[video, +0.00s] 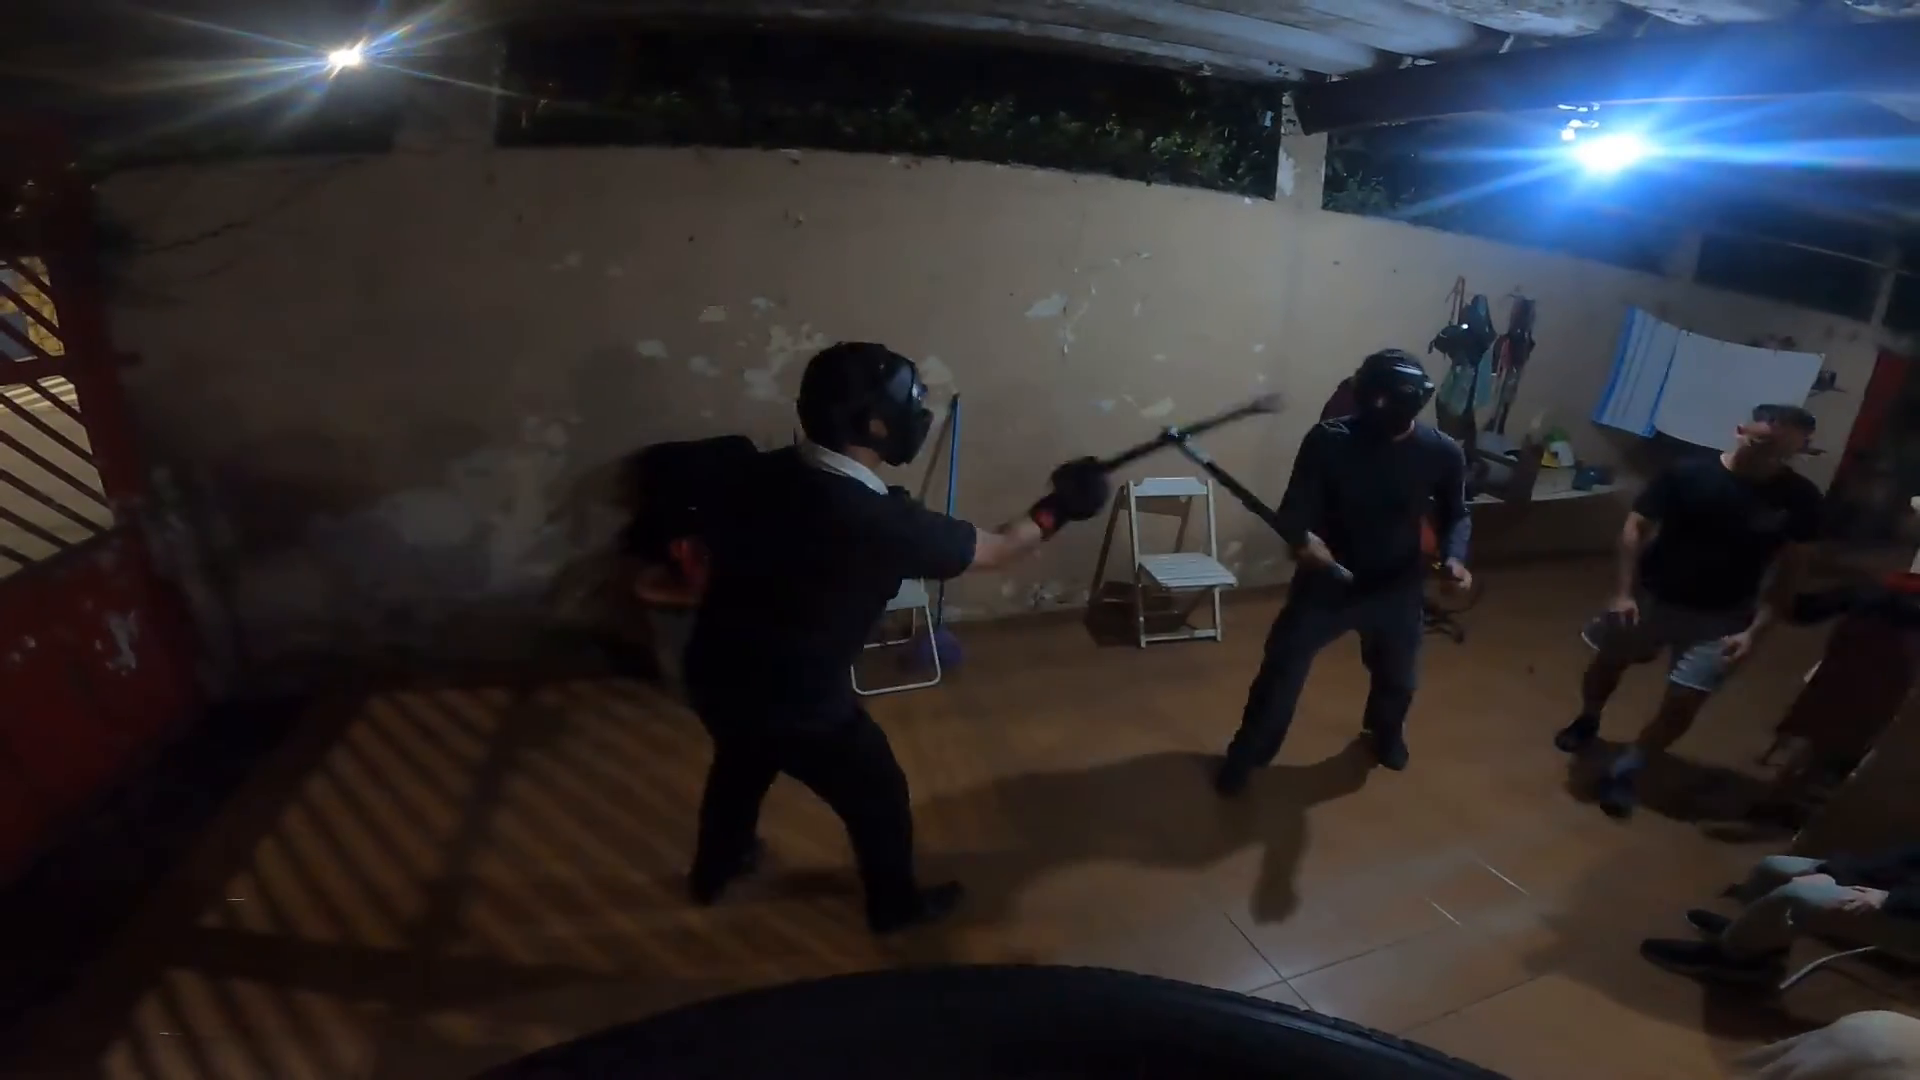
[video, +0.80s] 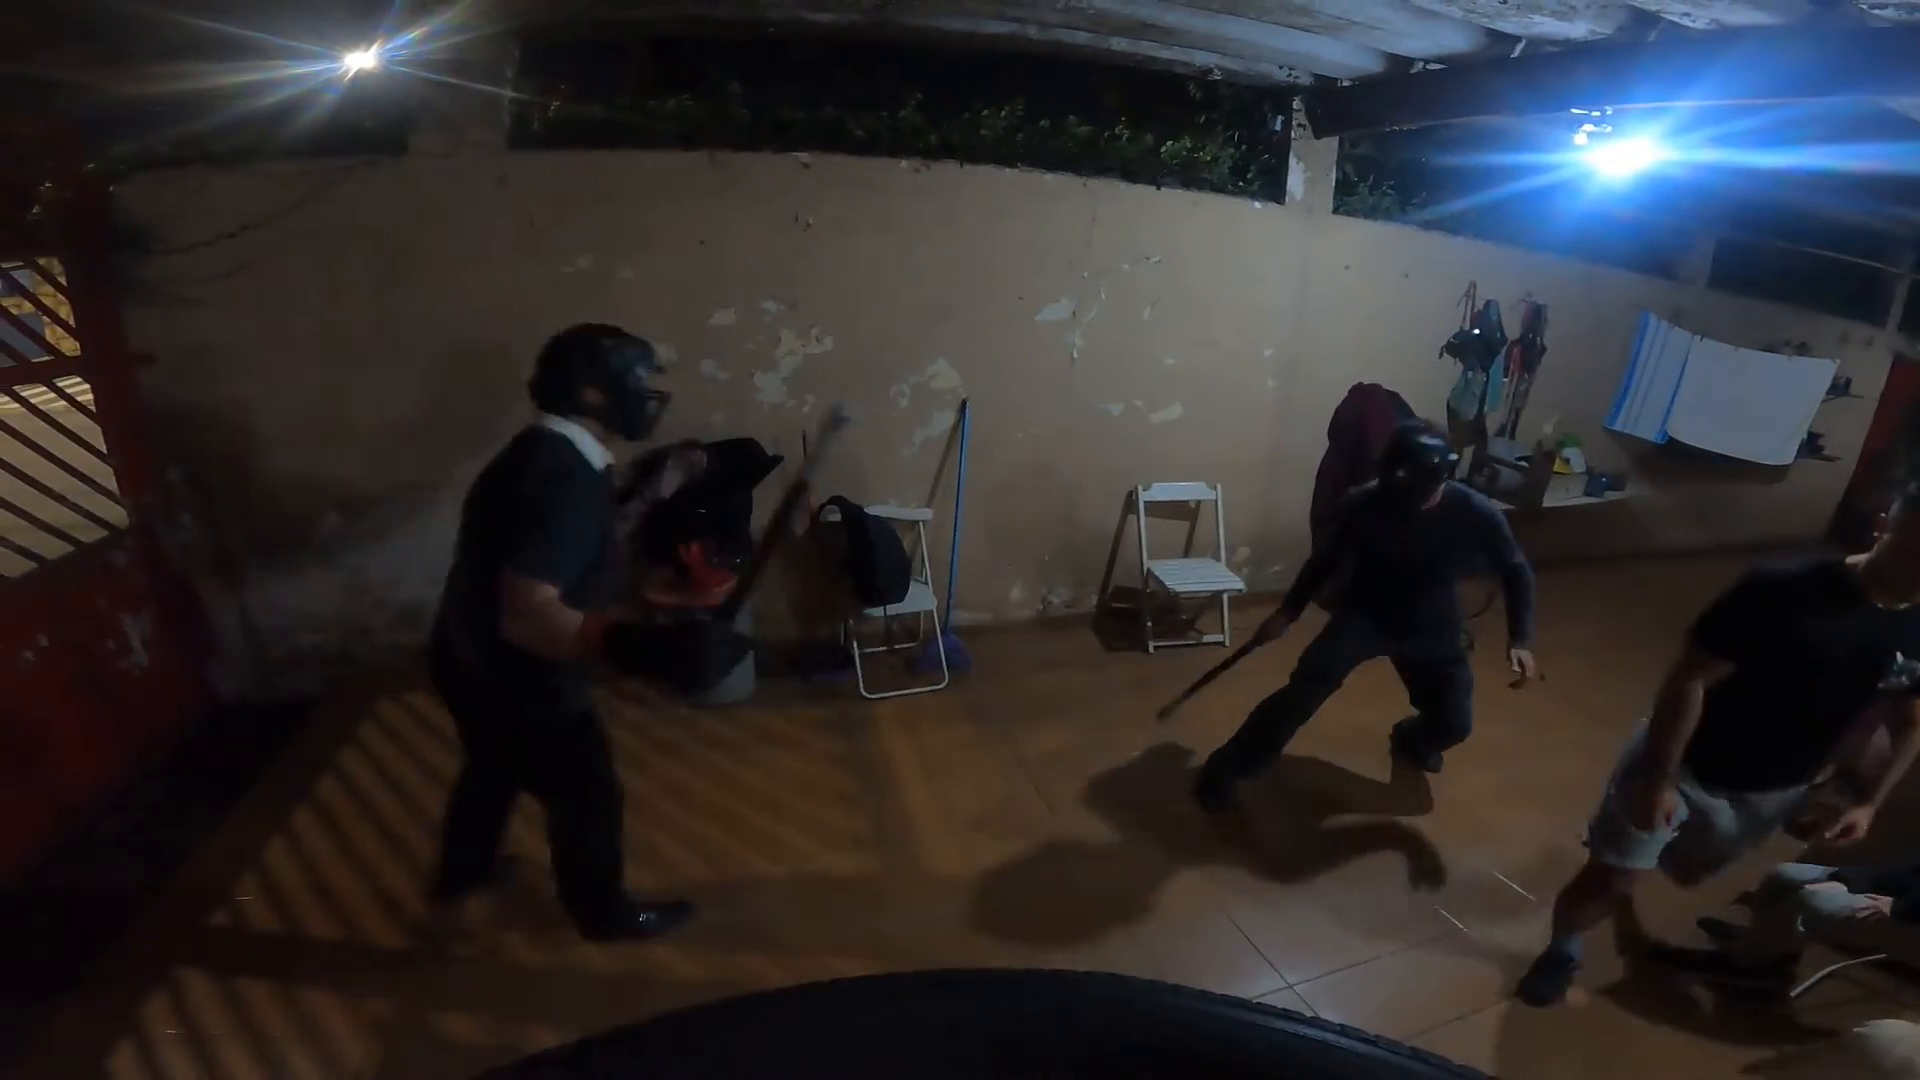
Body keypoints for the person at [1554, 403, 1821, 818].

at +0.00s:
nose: (1769, 458)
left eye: (1780, 451)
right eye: (1765, 446)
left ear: (1790, 455)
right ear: (1744, 435)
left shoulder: (1796, 501)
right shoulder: (1690, 473)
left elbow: (1787, 578)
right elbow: (1635, 524)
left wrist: (1753, 632)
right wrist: (1624, 593)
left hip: (1721, 619)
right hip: (1656, 599)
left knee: (1682, 707)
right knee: (1608, 658)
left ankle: (1626, 773)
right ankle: (1587, 720)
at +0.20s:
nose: (1829, 506)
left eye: (1844, 501)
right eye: (1827, 489)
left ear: (1850, 506)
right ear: (1799, 470)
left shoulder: (1829, 554)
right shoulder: (1718, 511)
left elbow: (1809, 630)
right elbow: (1651, 569)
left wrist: (1775, 693)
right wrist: (1616, 635)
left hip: (1730, 664)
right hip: (1658, 638)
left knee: (1689, 765)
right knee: (1604, 692)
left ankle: (1632, 835)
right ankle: (1590, 725)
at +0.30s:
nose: (1848, 515)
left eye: (1861, 509)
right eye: (1844, 498)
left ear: (1868, 516)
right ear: (1817, 477)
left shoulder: (1847, 561)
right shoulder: (1732, 516)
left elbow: (1821, 639)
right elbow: (1659, 570)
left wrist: (1793, 706)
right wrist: (1615, 636)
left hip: (1743, 675)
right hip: (1668, 649)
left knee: (1695, 775)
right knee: (1604, 713)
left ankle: (1634, 832)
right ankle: (1585, 741)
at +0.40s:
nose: (1884, 521)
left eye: (1899, 513)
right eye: (1880, 504)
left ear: (1910, 515)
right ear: (1850, 479)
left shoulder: (1881, 565)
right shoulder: (1757, 522)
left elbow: (1855, 647)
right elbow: (1668, 576)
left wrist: (1813, 722)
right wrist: (1626, 651)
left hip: (1757, 692)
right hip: (1677, 667)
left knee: (1700, 784)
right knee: (1620, 755)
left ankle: (1637, 832)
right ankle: (1588, 809)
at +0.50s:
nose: (1892, 527)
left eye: (1906, 519)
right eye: (1886, 509)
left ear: (1915, 522)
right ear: (1855, 487)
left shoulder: (1892, 574)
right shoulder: (1768, 530)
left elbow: (1874, 658)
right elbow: (1672, 584)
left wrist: (1824, 731)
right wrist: (1633, 663)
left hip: (1765, 704)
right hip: (1684, 678)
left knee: (1698, 785)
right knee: (1630, 771)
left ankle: (1633, 837)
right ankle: (1575, 857)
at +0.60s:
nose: (1906, 551)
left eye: (1916, 539)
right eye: (1900, 531)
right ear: (1867, 503)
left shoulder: (1901, 597)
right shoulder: (1773, 558)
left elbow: (1900, 680)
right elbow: (1676, 626)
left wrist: (1853, 754)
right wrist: (1642, 711)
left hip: (1768, 736)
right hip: (1688, 714)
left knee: (1693, 801)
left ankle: (1633, 836)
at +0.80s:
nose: (1918, 568)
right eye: (1914, 548)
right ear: (1886, 529)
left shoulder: (1906, 633)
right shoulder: (1780, 592)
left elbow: (1908, 728)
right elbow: (1688, 677)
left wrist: (1868, 804)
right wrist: (1655, 779)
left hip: (1770, 791)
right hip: (1682, 763)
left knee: (1687, 870)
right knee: (1612, 877)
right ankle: (1561, 950)